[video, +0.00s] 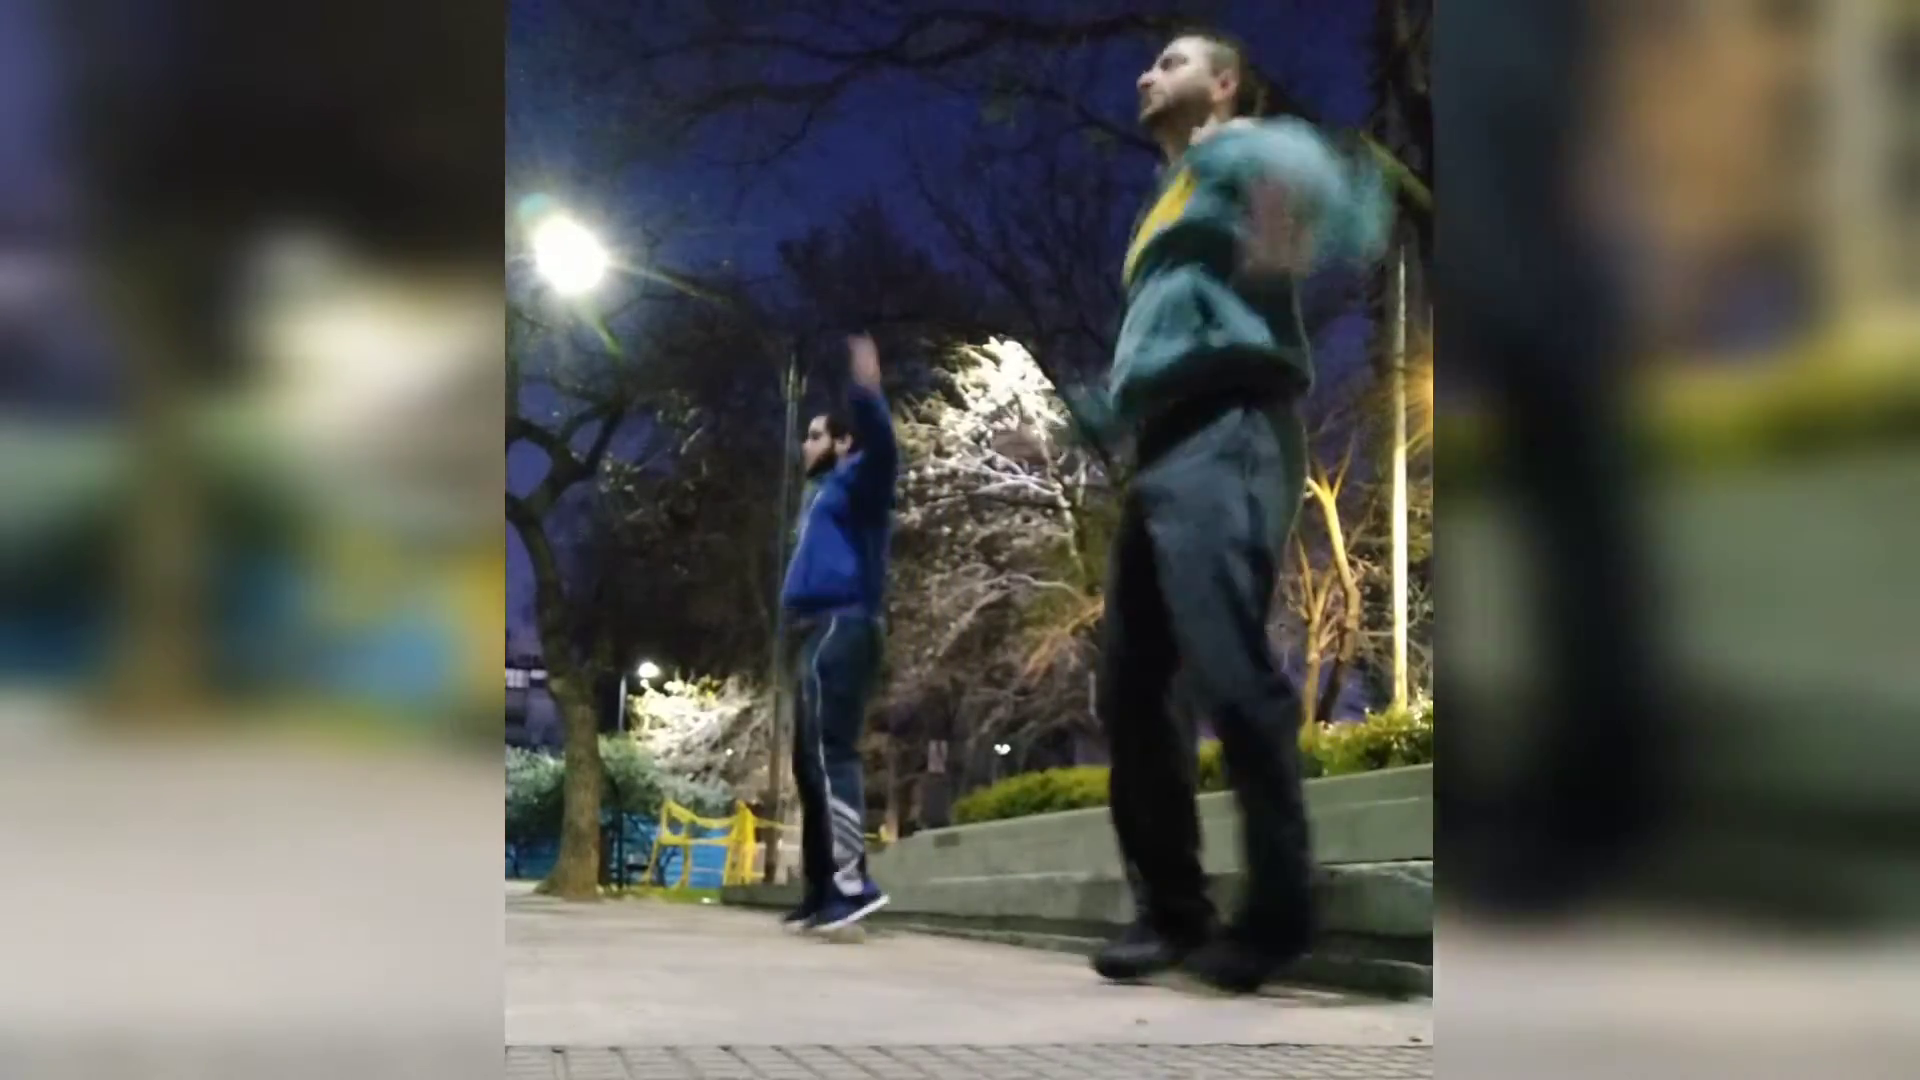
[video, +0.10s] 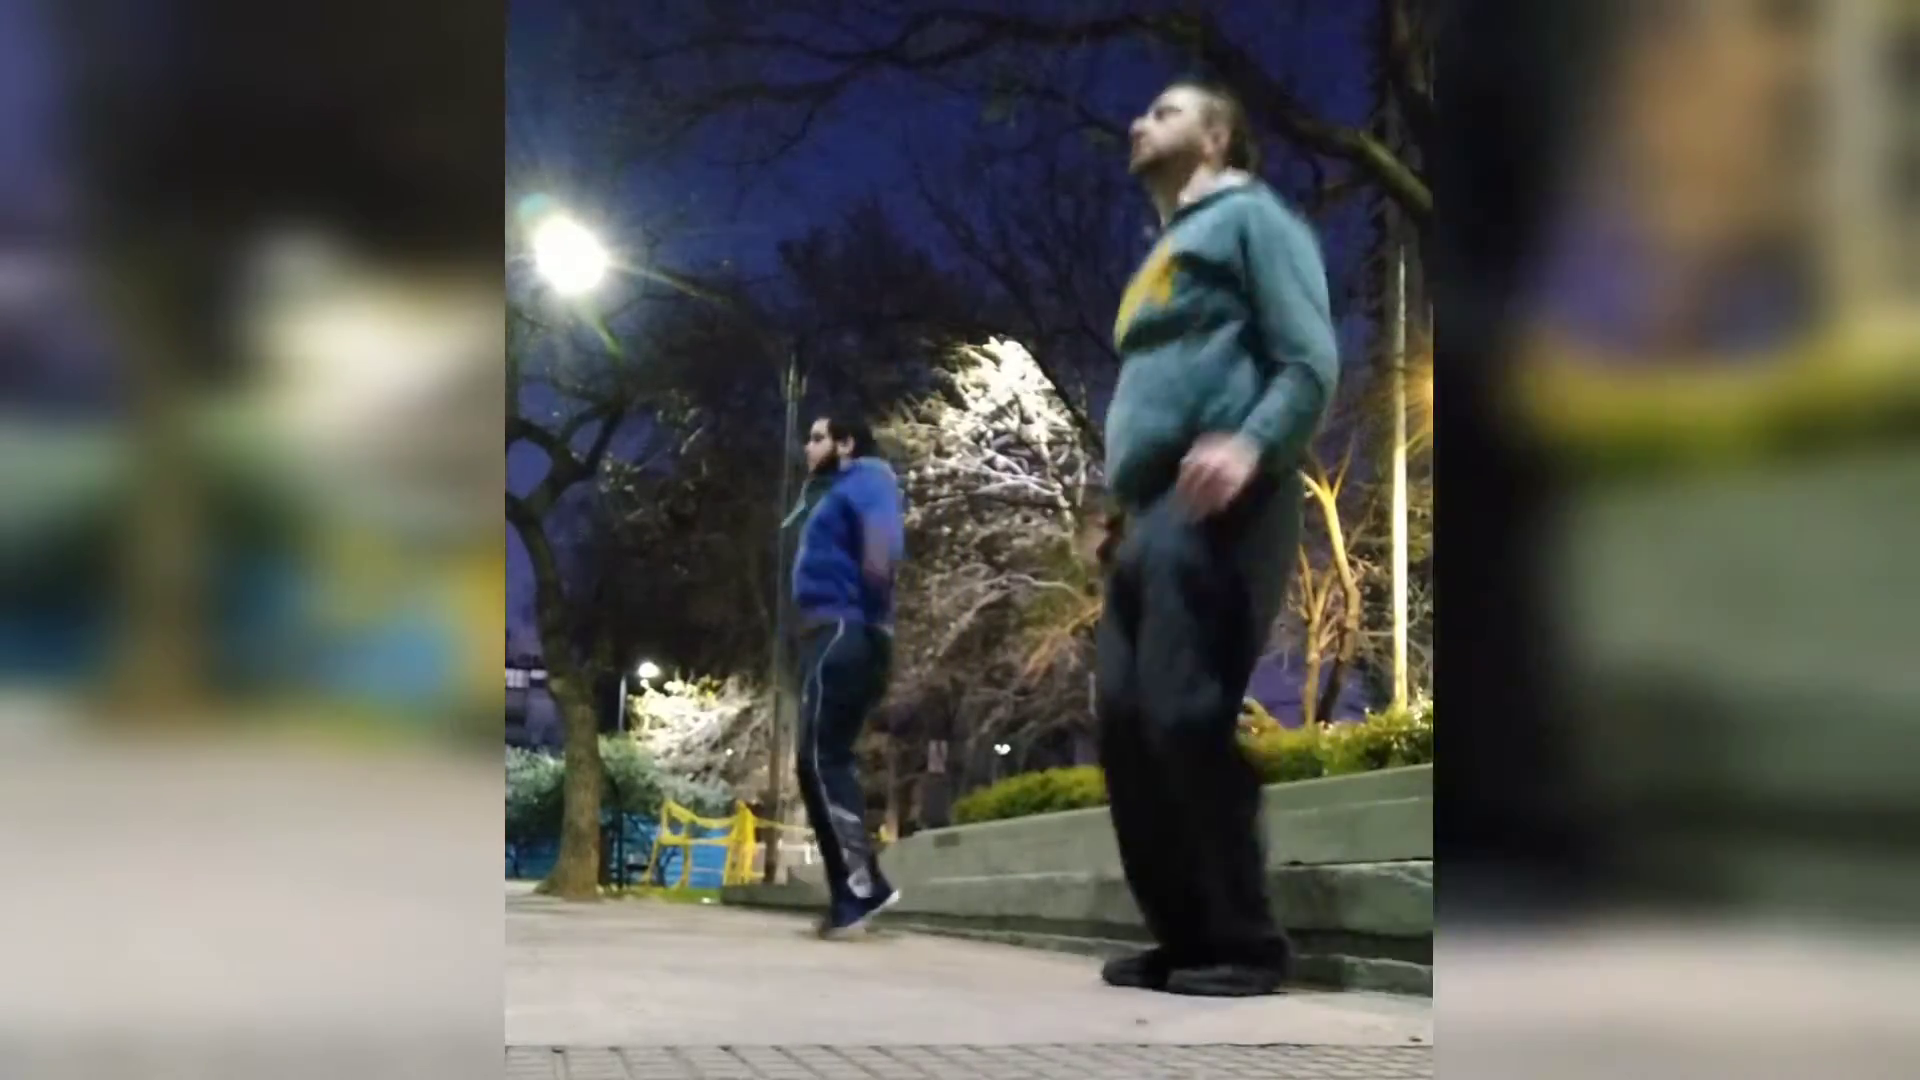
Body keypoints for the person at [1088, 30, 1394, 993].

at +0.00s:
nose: (1148, 74)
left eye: (1170, 60)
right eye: (1150, 63)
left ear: (1226, 84)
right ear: (1181, 96)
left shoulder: (1242, 151)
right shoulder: (1172, 197)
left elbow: (1309, 173)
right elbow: (1163, 346)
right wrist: (1109, 413)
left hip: (1225, 434)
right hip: (1163, 453)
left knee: (1229, 675)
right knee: (1133, 692)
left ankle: (1279, 918)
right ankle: (1173, 912)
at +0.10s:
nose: (1142, 121)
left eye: (1166, 109)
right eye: (1143, 113)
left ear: (1216, 134)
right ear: (1158, 151)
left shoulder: (1253, 214)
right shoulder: (1167, 244)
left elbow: (1311, 361)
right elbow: (1164, 386)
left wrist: (1249, 444)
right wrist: (1127, 506)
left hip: (1223, 497)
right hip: (1151, 509)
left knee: (1181, 714)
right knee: (1124, 718)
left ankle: (1246, 948)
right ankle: (1184, 940)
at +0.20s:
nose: (1147, 111)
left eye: (1170, 97)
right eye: (1147, 103)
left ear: (1221, 122)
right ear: (1162, 136)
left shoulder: (1256, 204)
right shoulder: (1169, 242)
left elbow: (1309, 327)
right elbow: (1155, 389)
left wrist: (1241, 415)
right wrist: (1116, 500)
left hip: (1217, 495)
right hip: (1148, 513)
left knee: (1189, 718)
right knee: (1125, 722)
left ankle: (1241, 945)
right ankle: (1181, 938)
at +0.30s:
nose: (1154, 65)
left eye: (1177, 47)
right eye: (1156, 54)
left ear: (1234, 70)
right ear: (1180, 85)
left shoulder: (1252, 141)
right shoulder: (1164, 201)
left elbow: (1312, 158)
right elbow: (1148, 340)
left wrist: (1313, 109)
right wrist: (1079, 372)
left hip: (1225, 418)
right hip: (1153, 438)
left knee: (1215, 655)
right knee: (1135, 671)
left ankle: (1264, 909)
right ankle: (1158, 905)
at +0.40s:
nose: (1158, 61)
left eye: (1181, 48)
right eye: (1159, 51)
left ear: (1236, 69)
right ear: (1181, 89)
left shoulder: (1260, 136)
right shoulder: (1168, 201)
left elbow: (1325, 50)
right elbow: (1122, 300)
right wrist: (1039, 256)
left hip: (1223, 420)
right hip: (1156, 445)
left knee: (1230, 652)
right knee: (1129, 680)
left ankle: (1317, 901)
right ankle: (1134, 899)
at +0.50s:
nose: (1173, 103)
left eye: (1194, 91)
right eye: (1166, 96)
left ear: (1232, 115)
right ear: (1156, 133)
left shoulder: (1251, 177)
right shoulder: (1145, 234)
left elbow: (1301, 44)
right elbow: (1115, 227)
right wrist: (1133, 139)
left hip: (1224, 470)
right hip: (1155, 496)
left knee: (1244, 697)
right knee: (1108, 722)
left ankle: (1383, 944)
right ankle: (1112, 923)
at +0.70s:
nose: (1159, 99)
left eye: (1182, 87)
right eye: (1161, 89)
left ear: (1236, 107)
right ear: (1169, 117)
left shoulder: (1263, 173)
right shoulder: (1154, 219)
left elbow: (1330, 50)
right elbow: (1124, 199)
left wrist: (1349, 7)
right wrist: (1087, 138)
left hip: (1219, 455)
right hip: (1145, 479)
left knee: (1236, 706)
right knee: (1108, 721)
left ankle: (1365, 941)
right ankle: (1111, 926)